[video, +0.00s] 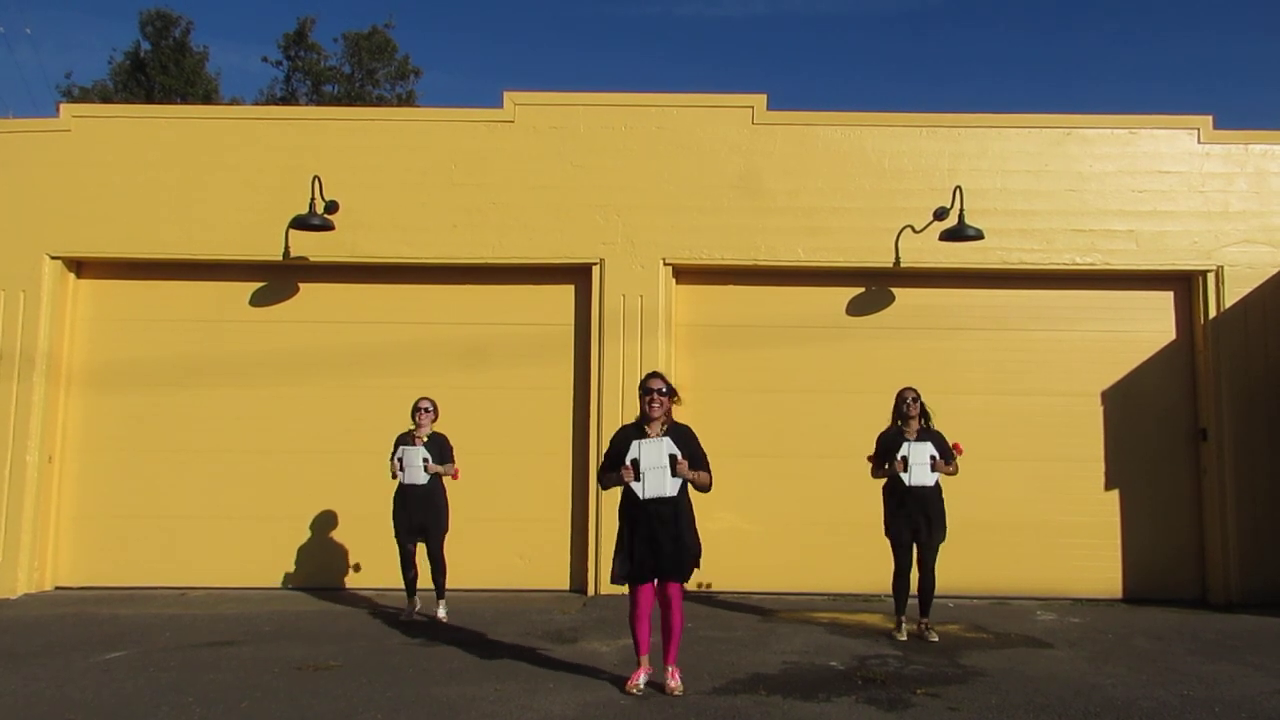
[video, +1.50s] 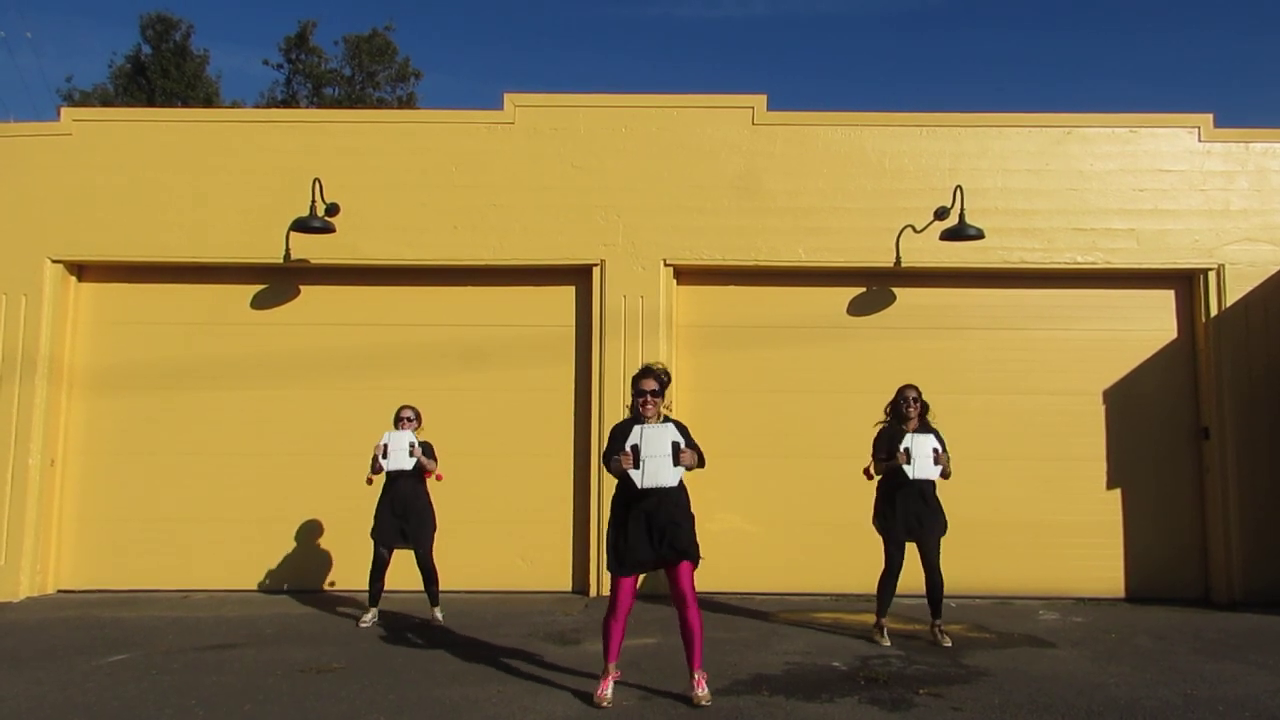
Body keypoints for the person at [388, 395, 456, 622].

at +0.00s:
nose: (422, 414)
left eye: (427, 410)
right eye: (418, 410)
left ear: (434, 415)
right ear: (413, 415)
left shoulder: (441, 440)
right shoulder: (403, 439)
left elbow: (452, 468)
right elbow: (394, 469)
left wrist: (437, 469)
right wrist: (395, 466)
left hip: (433, 501)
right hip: (406, 500)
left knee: (435, 553)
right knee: (406, 553)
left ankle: (441, 602)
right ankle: (412, 600)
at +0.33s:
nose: (416, 416)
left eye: (421, 412)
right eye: (413, 413)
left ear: (429, 417)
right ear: (408, 417)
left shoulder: (433, 440)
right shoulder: (399, 440)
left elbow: (444, 466)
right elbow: (383, 472)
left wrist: (430, 458)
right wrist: (386, 459)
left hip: (428, 505)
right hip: (400, 504)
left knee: (433, 554)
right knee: (393, 554)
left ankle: (443, 605)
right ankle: (385, 604)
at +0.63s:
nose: (411, 420)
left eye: (416, 417)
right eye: (407, 417)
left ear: (423, 421)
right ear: (402, 421)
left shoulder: (431, 447)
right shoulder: (392, 447)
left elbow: (442, 476)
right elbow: (383, 478)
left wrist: (429, 472)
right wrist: (384, 471)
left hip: (423, 508)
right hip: (397, 508)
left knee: (428, 556)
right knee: (395, 557)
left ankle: (436, 605)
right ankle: (390, 607)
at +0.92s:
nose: (410, 428)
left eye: (414, 425)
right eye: (406, 425)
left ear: (421, 427)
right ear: (400, 428)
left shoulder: (427, 451)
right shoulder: (394, 450)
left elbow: (435, 471)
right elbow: (377, 475)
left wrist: (423, 456)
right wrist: (383, 458)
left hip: (420, 513)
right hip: (393, 513)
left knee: (426, 561)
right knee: (384, 561)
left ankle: (438, 609)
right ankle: (378, 609)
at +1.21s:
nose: (405, 420)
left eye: (410, 417)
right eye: (402, 417)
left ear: (418, 422)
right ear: (397, 422)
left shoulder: (426, 448)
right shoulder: (387, 448)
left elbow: (438, 474)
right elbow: (378, 473)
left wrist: (425, 476)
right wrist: (381, 472)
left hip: (420, 511)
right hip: (391, 511)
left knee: (425, 557)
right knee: (390, 559)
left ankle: (436, 607)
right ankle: (383, 609)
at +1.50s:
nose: (405, 423)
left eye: (409, 419)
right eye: (401, 420)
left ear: (417, 423)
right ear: (395, 423)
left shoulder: (424, 446)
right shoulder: (389, 445)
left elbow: (432, 467)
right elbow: (375, 471)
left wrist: (419, 457)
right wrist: (378, 456)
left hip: (418, 510)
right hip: (389, 509)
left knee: (424, 559)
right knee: (380, 559)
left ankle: (435, 608)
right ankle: (372, 609)